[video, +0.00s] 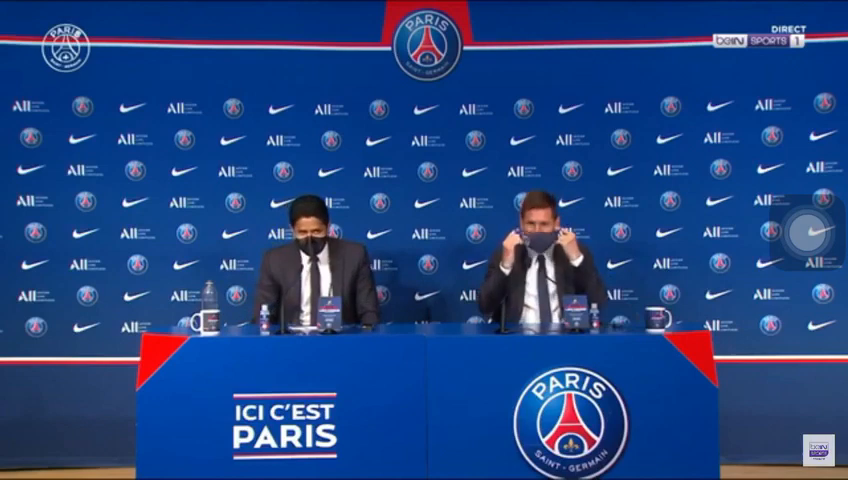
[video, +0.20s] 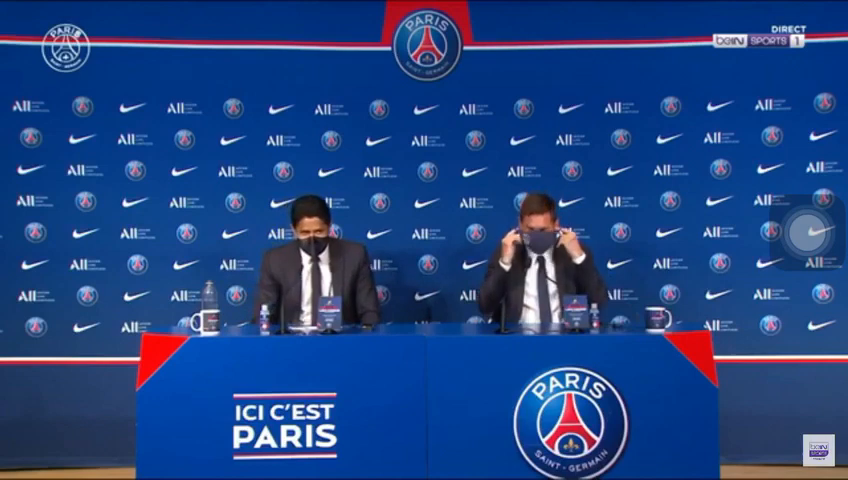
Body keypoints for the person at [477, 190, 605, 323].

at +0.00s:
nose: (537, 231)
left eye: (544, 224)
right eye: (531, 224)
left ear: (556, 224)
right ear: (522, 225)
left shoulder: (575, 252)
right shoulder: (507, 253)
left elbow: (600, 302)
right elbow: (486, 307)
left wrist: (577, 258)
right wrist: (506, 265)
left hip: (565, 341)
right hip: (518, 341)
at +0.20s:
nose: (537, 237)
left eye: (544, 231)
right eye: (531, 231)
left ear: (556, 225)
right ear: (521, 227)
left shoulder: (573, 251)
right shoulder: (507, 251)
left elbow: (600, 300)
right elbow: (486, 306)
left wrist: (579, 256)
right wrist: (505, 262)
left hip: (565, 341)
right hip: (518, 341)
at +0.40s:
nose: (537, 233)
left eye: (544, 226)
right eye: (530, 226)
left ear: (556, 225)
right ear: (520, 225)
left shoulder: (573, 253)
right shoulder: (506, 255)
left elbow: (601, 301)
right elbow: (486, 307)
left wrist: (578, 260)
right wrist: (505, 266)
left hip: (565, 342)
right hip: (519, 343)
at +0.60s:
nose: (536, 232)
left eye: (543, 225)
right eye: (530, 225)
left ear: (555, 224)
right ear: (519, 225)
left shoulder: (573, 251)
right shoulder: (506, 252)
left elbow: (600, 300)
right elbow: (485, 305)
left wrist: (577, 255)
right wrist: (504, 261)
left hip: (565, 340)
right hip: (519, 340)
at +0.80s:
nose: (535, 235)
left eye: (542, 229)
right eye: (529, 229)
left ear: (554, 227)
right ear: (519, 228)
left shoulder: (569, 251)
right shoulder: (507, 252)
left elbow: (598, 292)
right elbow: (485, 300)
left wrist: (576, 247)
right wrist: (503, 255)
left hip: (563, 338)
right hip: (518, 338)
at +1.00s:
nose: (535, 236)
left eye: (542, 230)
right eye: (528, 230)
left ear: (553, 227)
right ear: (519, 230)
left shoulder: (569, 252)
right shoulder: (509, 255)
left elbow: (600, 287)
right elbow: (481, 291)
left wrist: (575, 243)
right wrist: (501, 246)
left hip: (562, 339)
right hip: (518, 339)